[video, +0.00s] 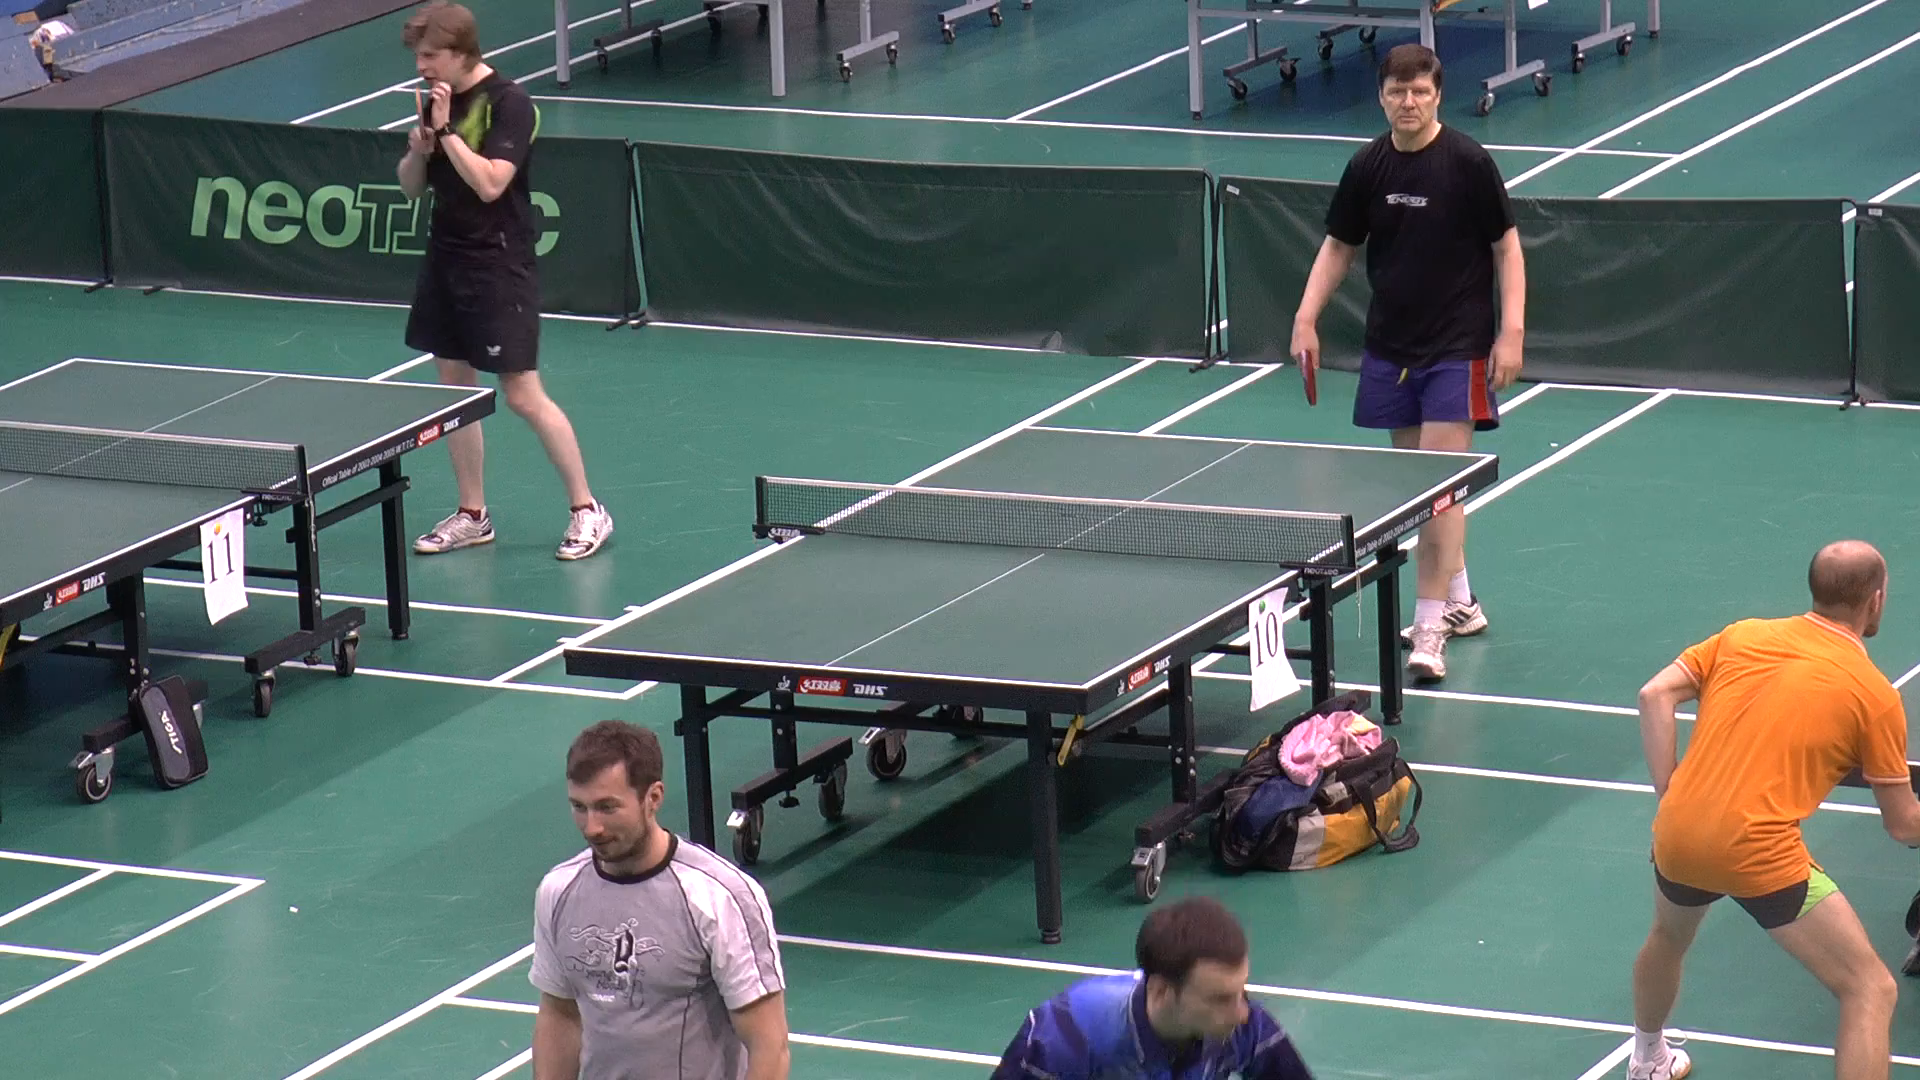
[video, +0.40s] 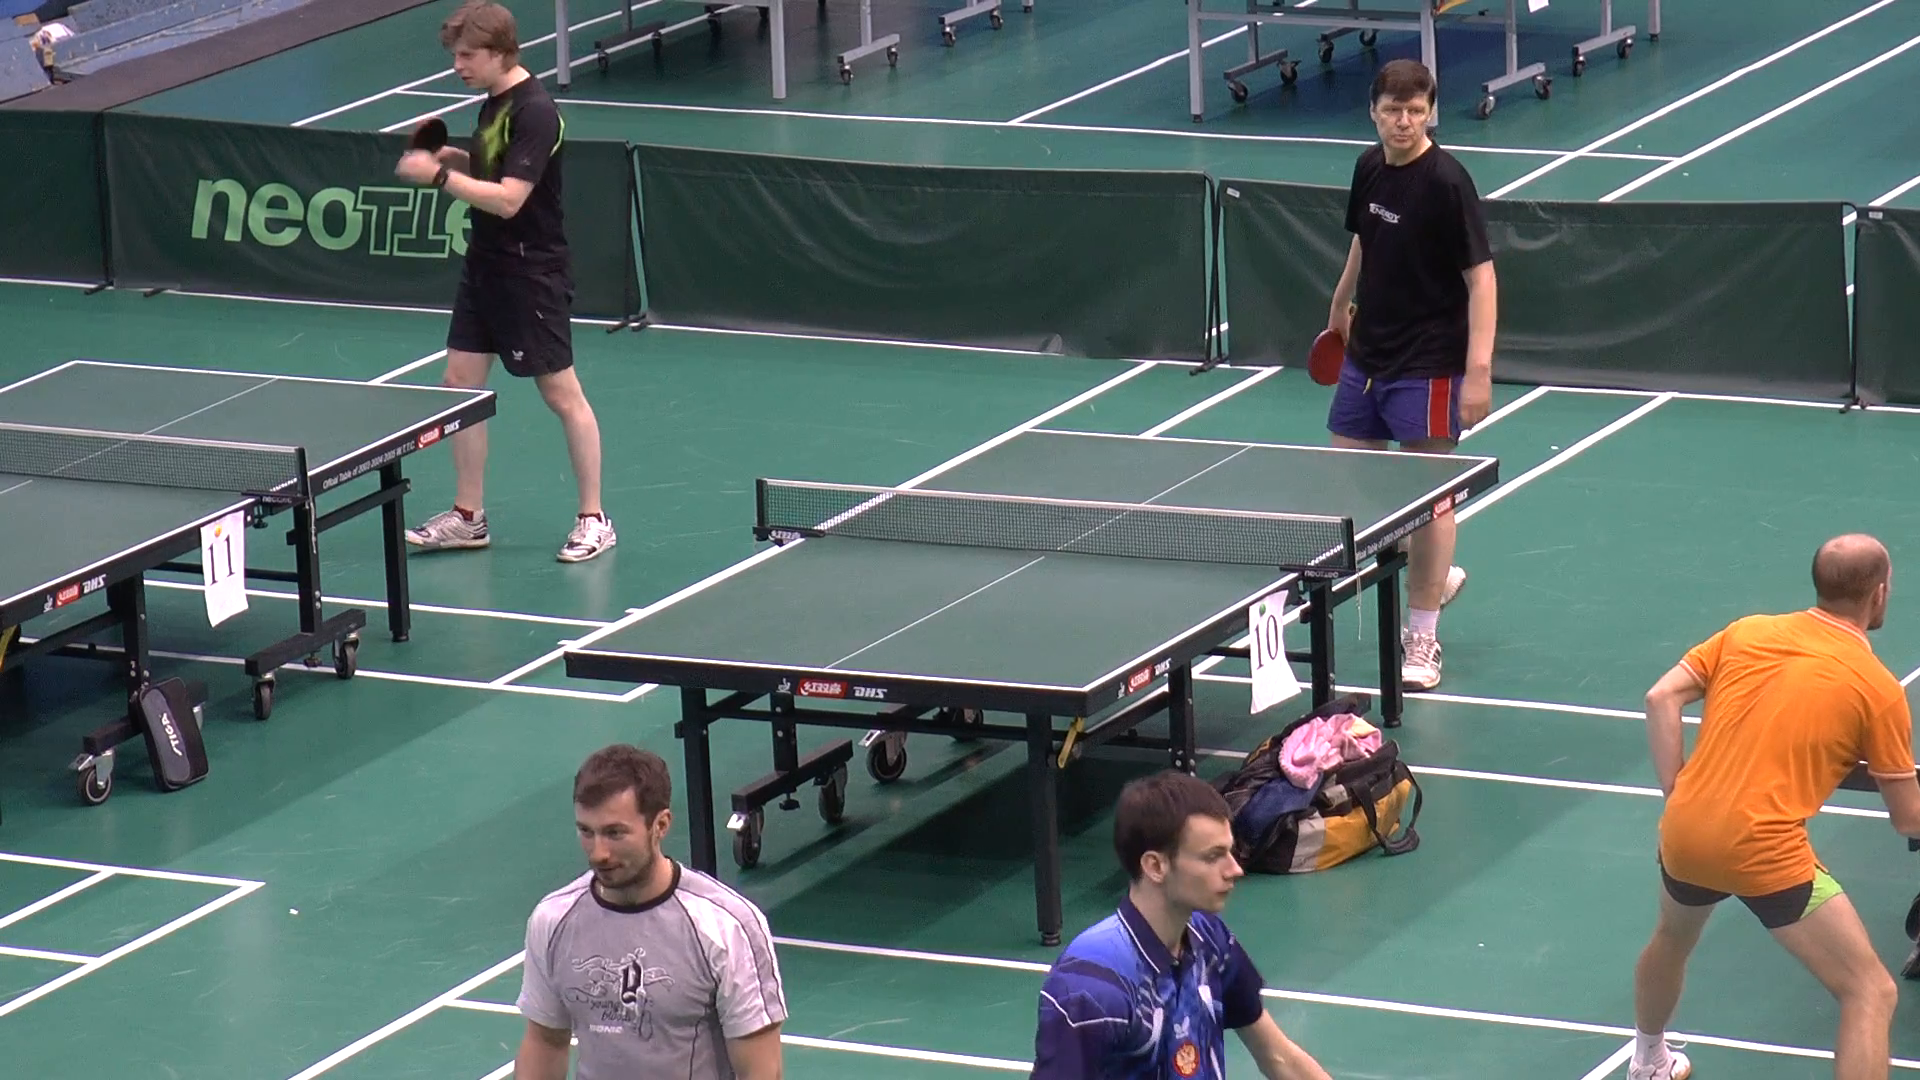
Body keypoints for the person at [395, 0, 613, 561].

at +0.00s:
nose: (424, 68)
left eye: (431, 57)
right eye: (419, 58)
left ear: (462, 51)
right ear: (422, 58)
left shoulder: (510, 102)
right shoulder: (437, 104)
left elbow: (490, 184)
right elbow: (409, 186)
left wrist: (444, 131)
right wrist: (420, 144)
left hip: (502, 267)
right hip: (448, 264)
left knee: (523, 395)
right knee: (455, 390)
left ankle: (587, 511)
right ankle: (472, 514)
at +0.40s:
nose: (460, 69)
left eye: (466, 58)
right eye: (457, 59)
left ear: (500, 52)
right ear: (478, 55)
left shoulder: (536, 110)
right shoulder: (496, 102)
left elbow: (509, 200)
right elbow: (491, 167)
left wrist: (437, 174)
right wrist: (448, 156)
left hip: (533, 272)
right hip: (485, 267)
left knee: (564, 395)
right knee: (462, 384)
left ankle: (593, 518)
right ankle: (469, 516)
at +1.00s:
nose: (346, 98)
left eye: (352, 87)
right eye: (343, 88)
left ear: (385, 78)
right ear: (365, 84)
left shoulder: (438, 116)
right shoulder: (384, 136)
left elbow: (441, 205)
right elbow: (368, 218)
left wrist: (363, 222)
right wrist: (309, 222)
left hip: (475, 274)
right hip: (424, 274)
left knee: (487, 411)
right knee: (405, 402)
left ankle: (573, 507)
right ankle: (426, 527)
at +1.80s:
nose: (303, 137)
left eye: (309, 125)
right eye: (297, 128)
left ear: (341, 115)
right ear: (309, 124)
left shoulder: (381, 153)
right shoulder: (347, 163)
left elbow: (413, 238)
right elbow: (345, 241)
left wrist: (341, 255)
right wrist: (279, 278)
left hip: (444, 295)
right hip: (398, 296)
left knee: (429, 432)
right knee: (360, 413)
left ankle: (493, 557)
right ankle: (351, 530)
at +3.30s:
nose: (326, 133)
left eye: (332, 122)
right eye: (322, 124)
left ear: (365, 114)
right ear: (339, 121)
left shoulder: (426, 152)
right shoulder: (355, 171)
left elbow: (471, 227)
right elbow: (332, 245)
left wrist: (397, 230)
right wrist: (303, 220)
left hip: (456, 304)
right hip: (403, 307)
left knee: (449, 434)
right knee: (365, 422)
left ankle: (510, 561)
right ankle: (353, 532)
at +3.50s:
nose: (326, 133)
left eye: (335, 122)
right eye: (320, 125)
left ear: (365, 117)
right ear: (317, 126)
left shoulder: (418, 157)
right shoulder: (337, 177)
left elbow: (473, 230)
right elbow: (325, 256)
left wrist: (406, 241)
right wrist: (288, 254)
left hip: (443, 313)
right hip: (383, 315)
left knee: (451, 435)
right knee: (343, 421)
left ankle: (511, 563)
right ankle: (349, 533)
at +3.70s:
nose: (299, 143)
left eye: (306, 130)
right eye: (292, 134)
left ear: (337, 120)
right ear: (294, 131)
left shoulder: (378, 156)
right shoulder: (345, 168)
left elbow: (430, 235)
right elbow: (343, 246)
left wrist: (356, 251)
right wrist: (279, 283)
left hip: (441, 297)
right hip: (396, 300)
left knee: (443, 431)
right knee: (357, 413)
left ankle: (511, 562)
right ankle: (350, 533)